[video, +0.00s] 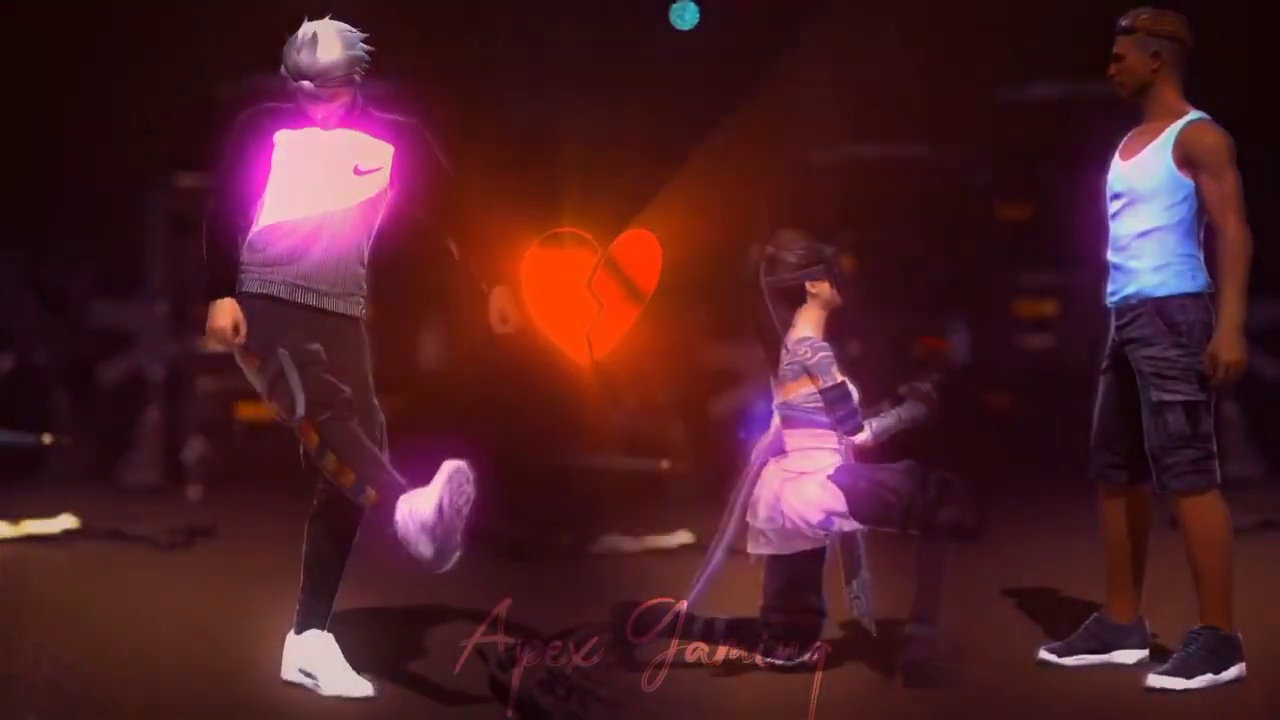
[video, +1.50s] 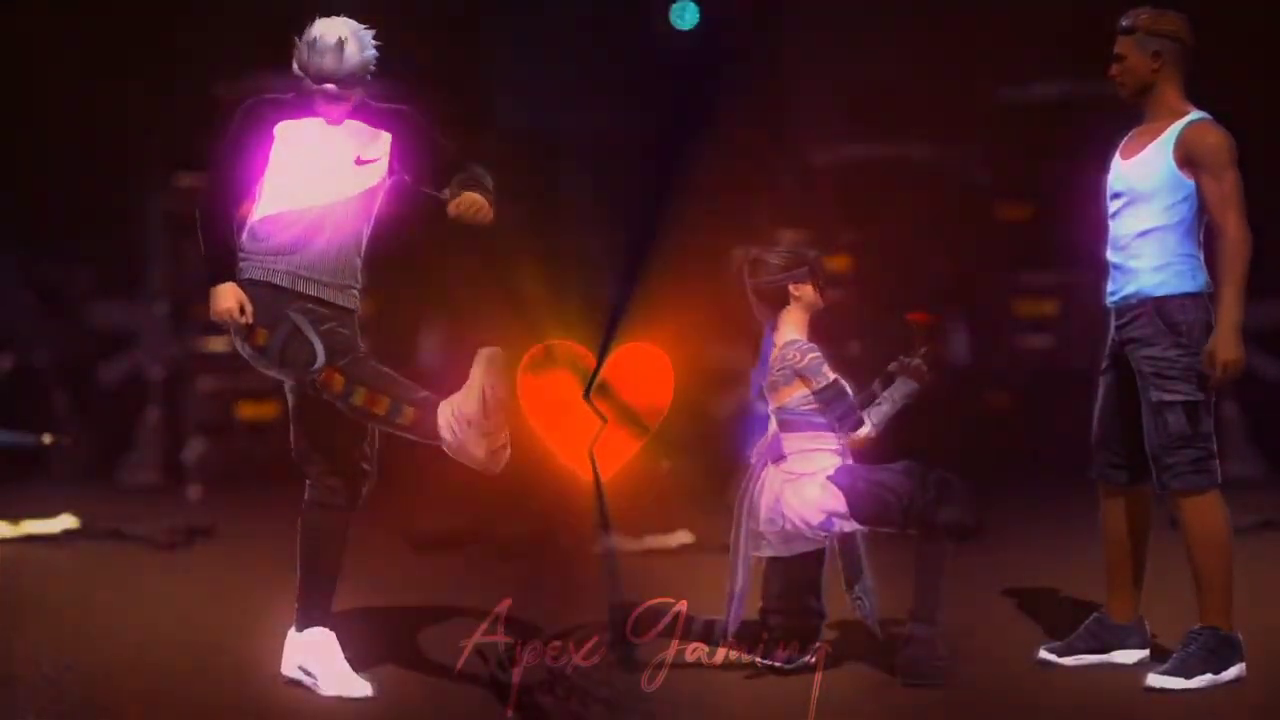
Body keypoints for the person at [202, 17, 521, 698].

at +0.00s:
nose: (328, 101)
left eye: (339, 87)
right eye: (315, 89)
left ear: (359, 79)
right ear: (294, 83)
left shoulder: (391, 140)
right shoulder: (262, 133)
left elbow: (446, 220)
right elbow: (223, 216)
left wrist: (488, 288)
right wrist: (219, 291)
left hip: (346, 314)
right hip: (272, 302)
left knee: (353, 464)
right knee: (321, 404)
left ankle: (310, 634)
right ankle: (408, 513)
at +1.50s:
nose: (332, 102)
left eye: (346, 89)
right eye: (321, 89)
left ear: (367, 79)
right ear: (302, 75)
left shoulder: (395, 129)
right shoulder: (264, 118)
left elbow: (448, 173)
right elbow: (219, 197)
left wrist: (470, 192)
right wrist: (220, 275)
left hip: (339, 311)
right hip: (266, 293)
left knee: (336, 476)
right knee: (310, 360)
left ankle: (310, 632)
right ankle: (448, 422)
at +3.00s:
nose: (359, 111)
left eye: (372, 102)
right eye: (350, 96)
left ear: (387, 93)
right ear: (330, 75)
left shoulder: (391, 133)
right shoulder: (270, 114)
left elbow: (453, 208)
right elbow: (219, 198)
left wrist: (456, 185)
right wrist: (208, 286)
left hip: (335, 309)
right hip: (263, 294)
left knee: (336, 470)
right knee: (317, 399)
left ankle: (309, 635)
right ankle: (407, 508)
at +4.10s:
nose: (358, 122)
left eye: (372, 113)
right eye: (351, 106)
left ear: (385, 107)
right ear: (331, 85)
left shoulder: (383, 142)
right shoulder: (272, 117)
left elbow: (401, 220)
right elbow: (221, 202)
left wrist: (427, 231)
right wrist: (206, 285)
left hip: (333, 312)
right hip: (263, 298)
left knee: (352, 463)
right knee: (299, 441)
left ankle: (306, 637)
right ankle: (346, 585)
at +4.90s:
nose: (358, 124)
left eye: (373, 115)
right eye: (352, 106)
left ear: (387, 110)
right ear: (329, 83)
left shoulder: (379, 150)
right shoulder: (269, 118)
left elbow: (380, 243)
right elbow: (220, 201)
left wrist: (405, 301)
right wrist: (209, 286)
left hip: (333, 321)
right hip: (263, 309)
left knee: (343, 472)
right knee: (270, 467)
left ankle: (311, 632)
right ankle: (262, 631)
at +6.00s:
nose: (353, 121)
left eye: (367, 112)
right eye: (346, 104)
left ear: (381, 109)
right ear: (323, 85)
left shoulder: (372, 157)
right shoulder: (260, 121)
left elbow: (369, 252)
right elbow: (218, 201)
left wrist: (378, 338)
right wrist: (214, 283)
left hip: (334, 329)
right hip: (258, 316)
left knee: (343, 477)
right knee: (230, 471)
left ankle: (308, 637)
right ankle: (194, 634)